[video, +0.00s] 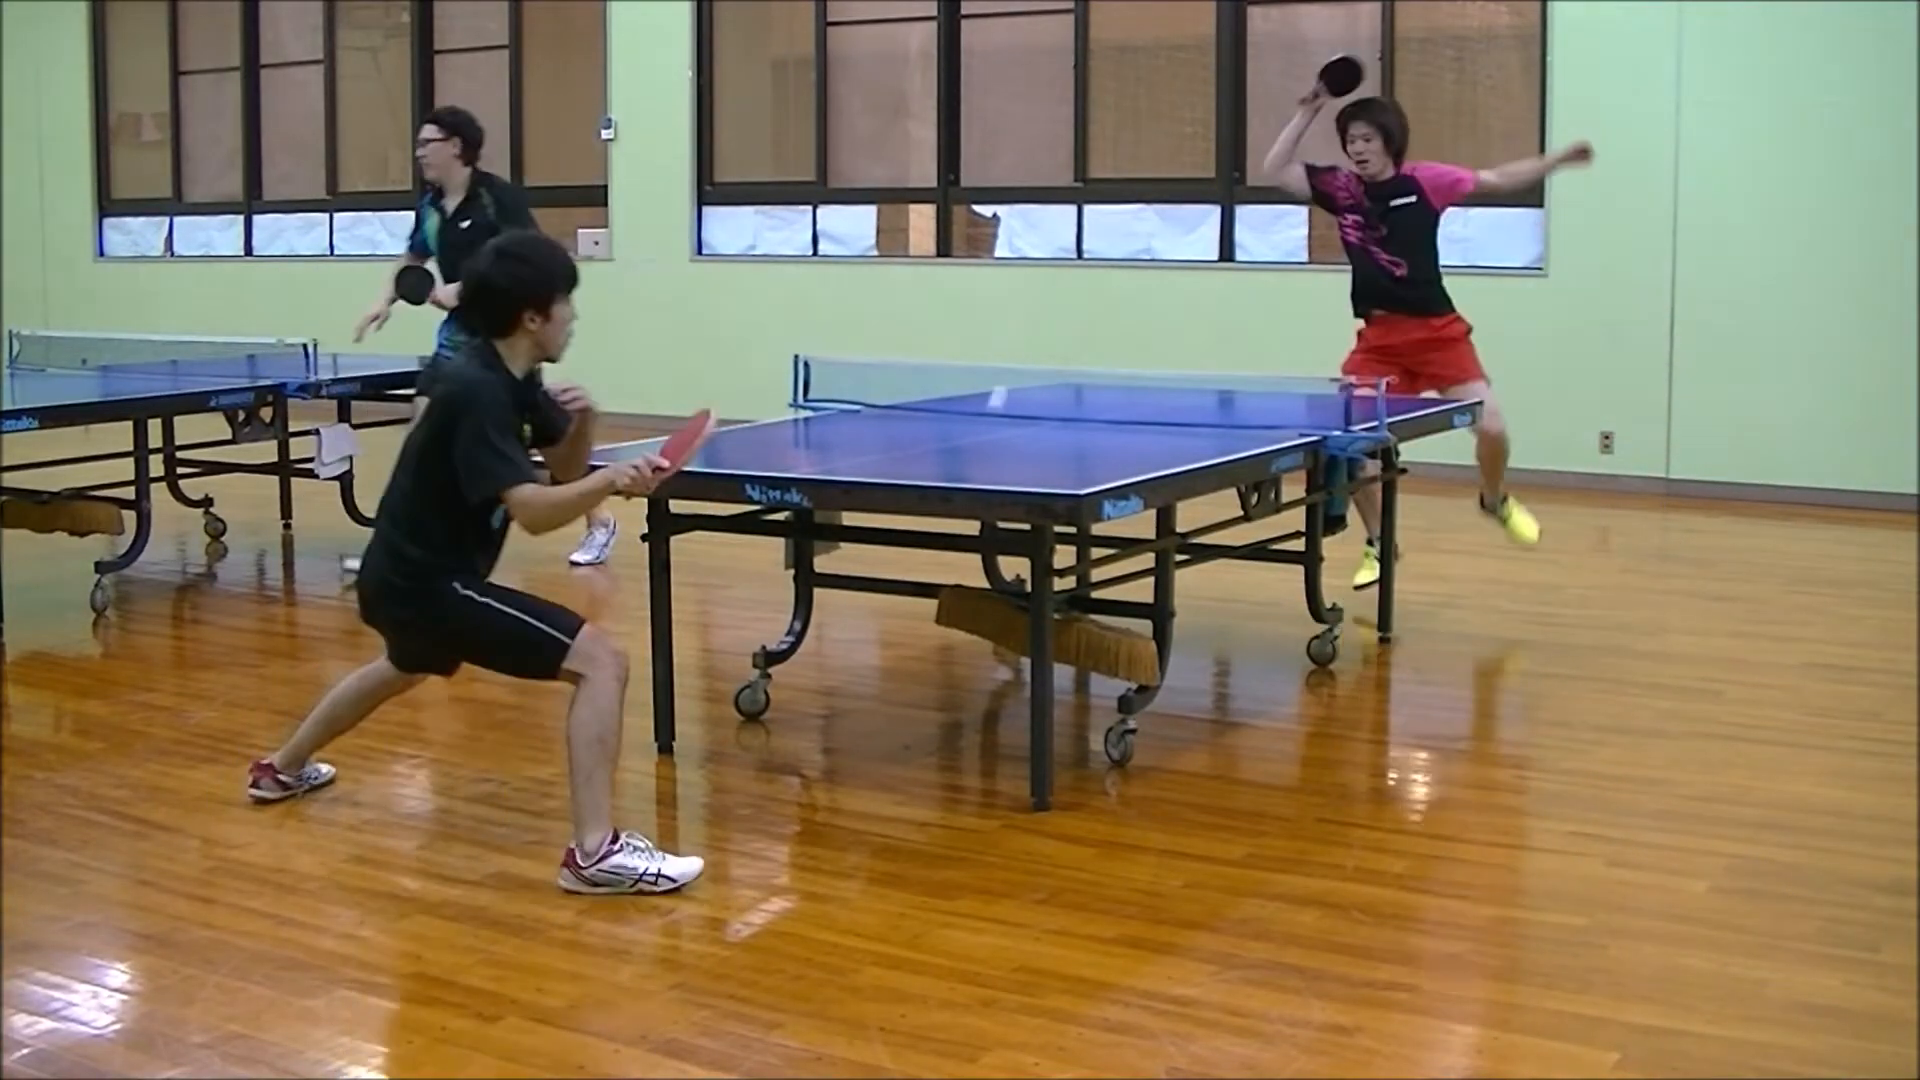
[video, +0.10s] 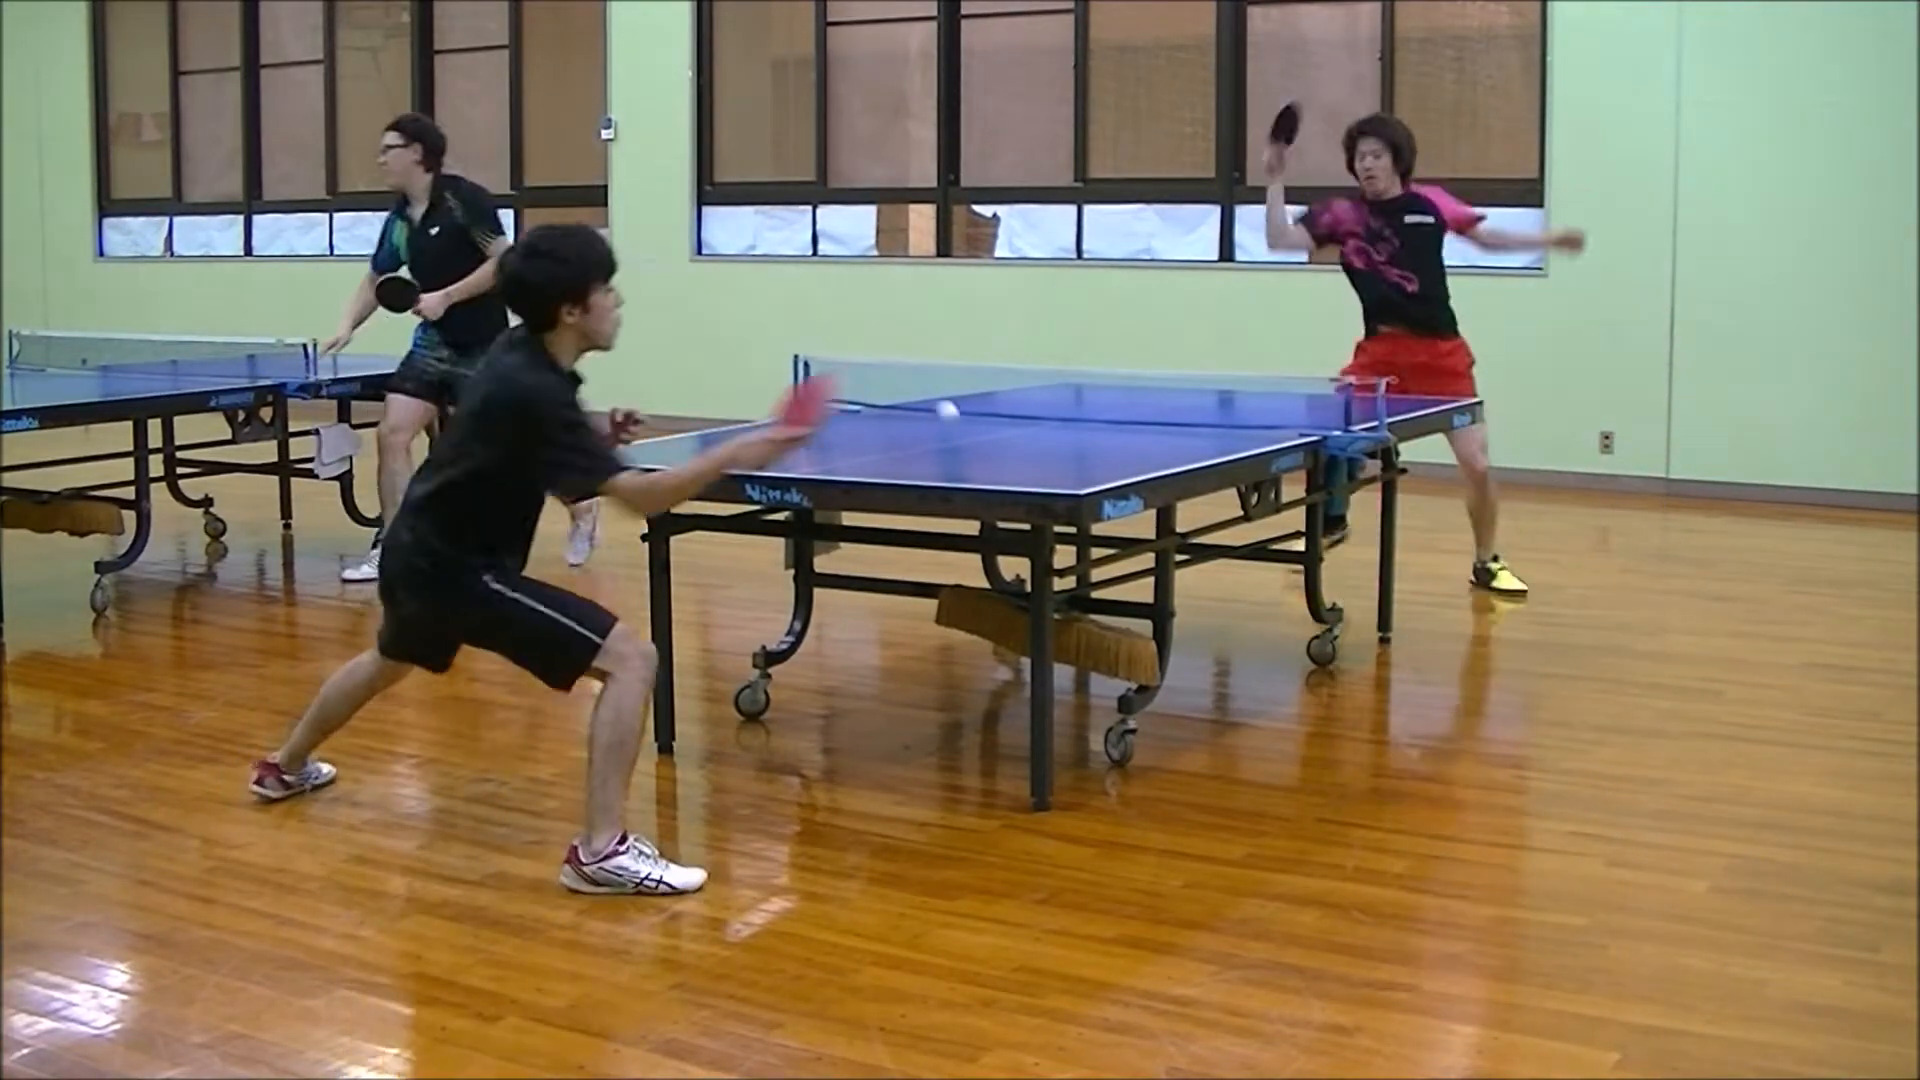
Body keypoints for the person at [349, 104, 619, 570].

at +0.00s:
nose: (421, 154)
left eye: (430, 144)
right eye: (419, 145)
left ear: (460, 149)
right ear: (436, 153)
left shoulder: (500, 198)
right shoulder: (431, 204)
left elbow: (530, 265)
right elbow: (414, 261)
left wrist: (461, 290)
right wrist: (386, 301)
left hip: (504, 337)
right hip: (455, 336)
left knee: (545, 430)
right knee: (427, 427)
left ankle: (598, 520)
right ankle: (398, 542)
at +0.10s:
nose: (381, 160)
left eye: (390, 150)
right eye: (381, 151)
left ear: (421, 155)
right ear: (401, 158)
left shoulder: (465, 201)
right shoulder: (398, 220)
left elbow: (507, 261)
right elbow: (374, 283)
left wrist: (446, 296)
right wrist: (348, 326)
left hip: (485, 347)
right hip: (432, 344)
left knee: (515, 436)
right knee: (393, 433)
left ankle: (581, 504)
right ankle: (393, 546)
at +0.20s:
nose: (352, 164)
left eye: (358, 154)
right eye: (351, 156)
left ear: (386, 155)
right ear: (375, 159)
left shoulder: (441, 193)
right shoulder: (376, 226)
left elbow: (490, 249)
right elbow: (353, 296)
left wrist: (438, 293)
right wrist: (318, 355)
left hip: (470, 337)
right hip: (422, 339)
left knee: (463, 445)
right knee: (385, 435)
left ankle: (548, 510)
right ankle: (394, 548)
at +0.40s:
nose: (325, 157)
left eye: (332, 148)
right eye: (326, 148)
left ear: (361, 151)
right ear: (349, 154)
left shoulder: (412, 179)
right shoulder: (359, 223)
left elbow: (477, 222)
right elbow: (347, 298)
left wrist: (436, 282)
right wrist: (317, 362)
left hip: (462, 325)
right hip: (418, 328)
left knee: (447, 431)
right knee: (392, 433)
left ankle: (472, 545)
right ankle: (396, 550)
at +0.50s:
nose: (337, 148)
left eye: (345, 139)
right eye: (339, 140)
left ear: (370, 144)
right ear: (366, 147)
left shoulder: (415, 178)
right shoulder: (370, 213)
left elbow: (468, 228)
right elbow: (353, 288)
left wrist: (420, 285)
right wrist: (317, 346)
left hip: (456, 329)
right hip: (418, 333)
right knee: (394, 431)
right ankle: (392, 551)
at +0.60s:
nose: (357, 143)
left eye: (365, 135)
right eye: (360, 134)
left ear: (389, 141)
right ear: (387, 143)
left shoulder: (420, 179)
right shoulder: (395, 200)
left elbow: (448, 244)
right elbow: (380, 278)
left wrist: (400, 292)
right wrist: (326, 320)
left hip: (455, 329)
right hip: (433, 332)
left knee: (383, 403)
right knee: (410, 439)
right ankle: (394, 547)